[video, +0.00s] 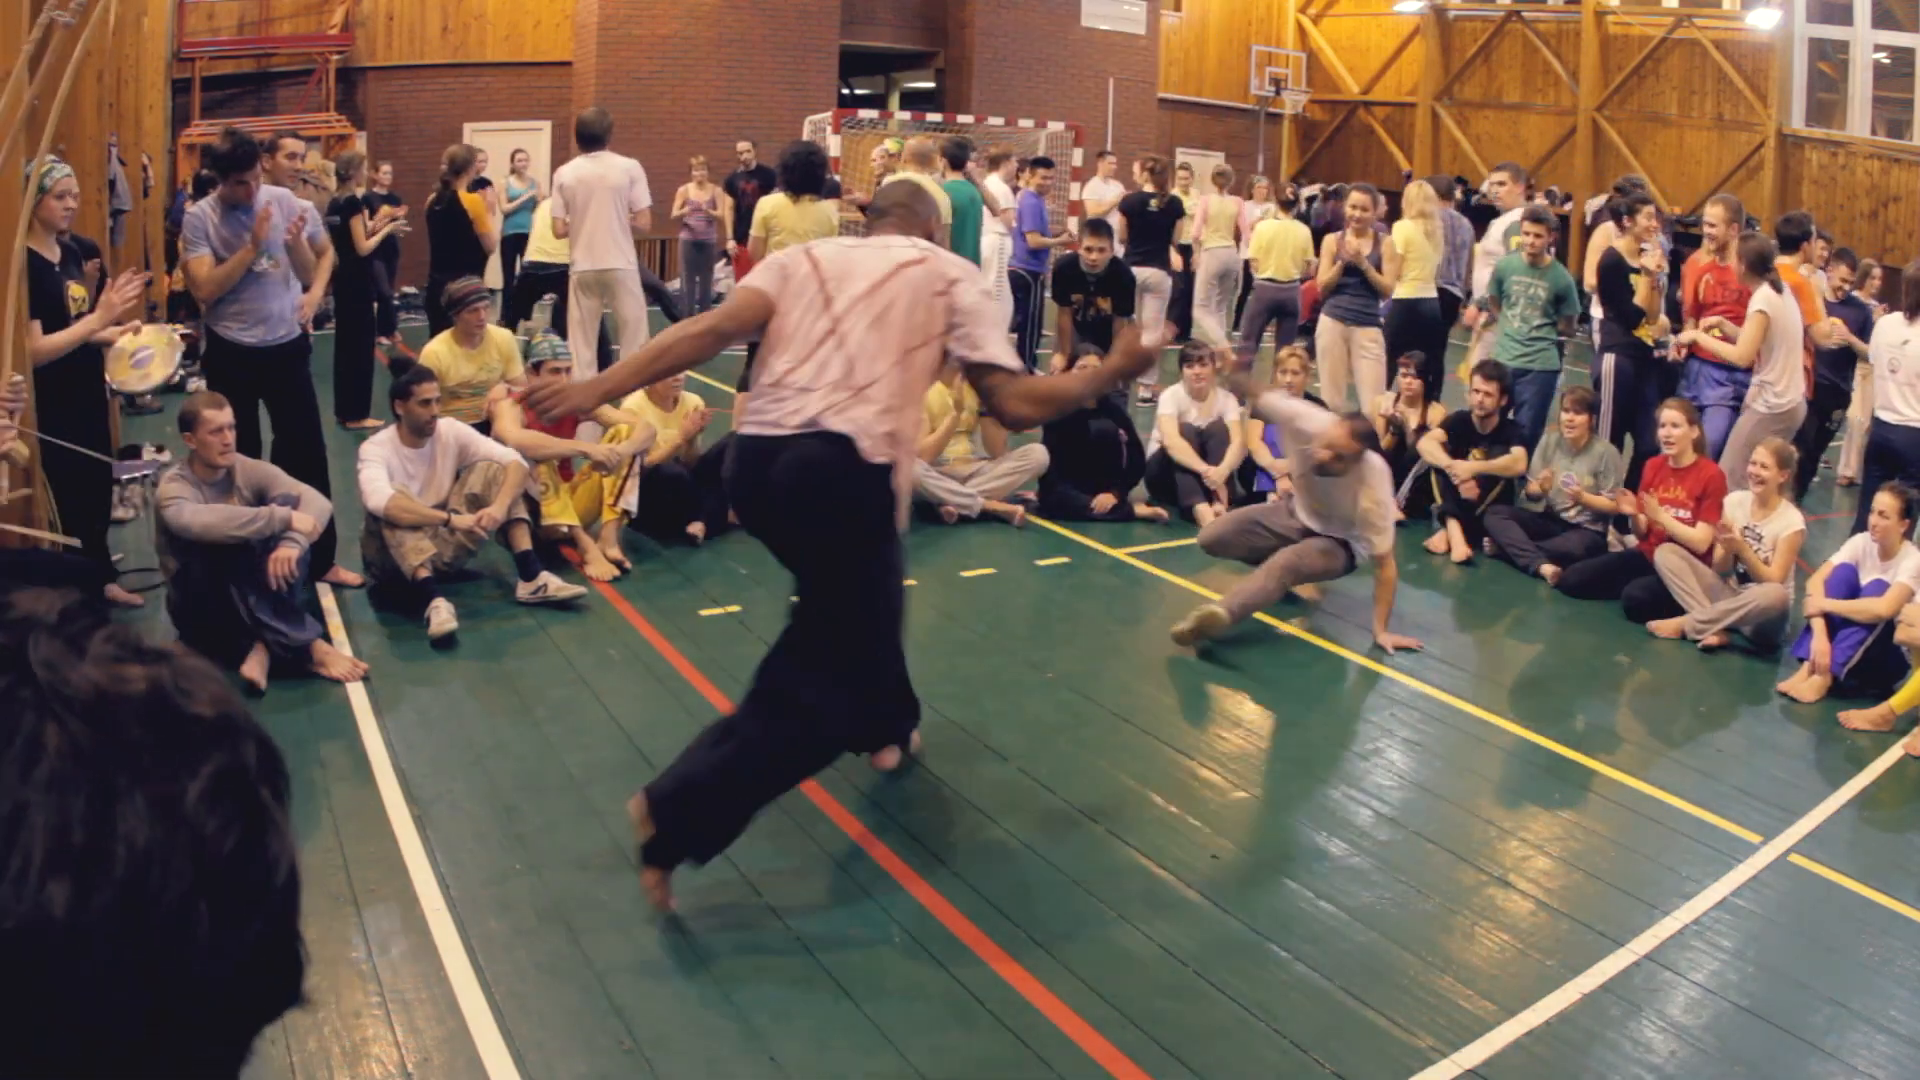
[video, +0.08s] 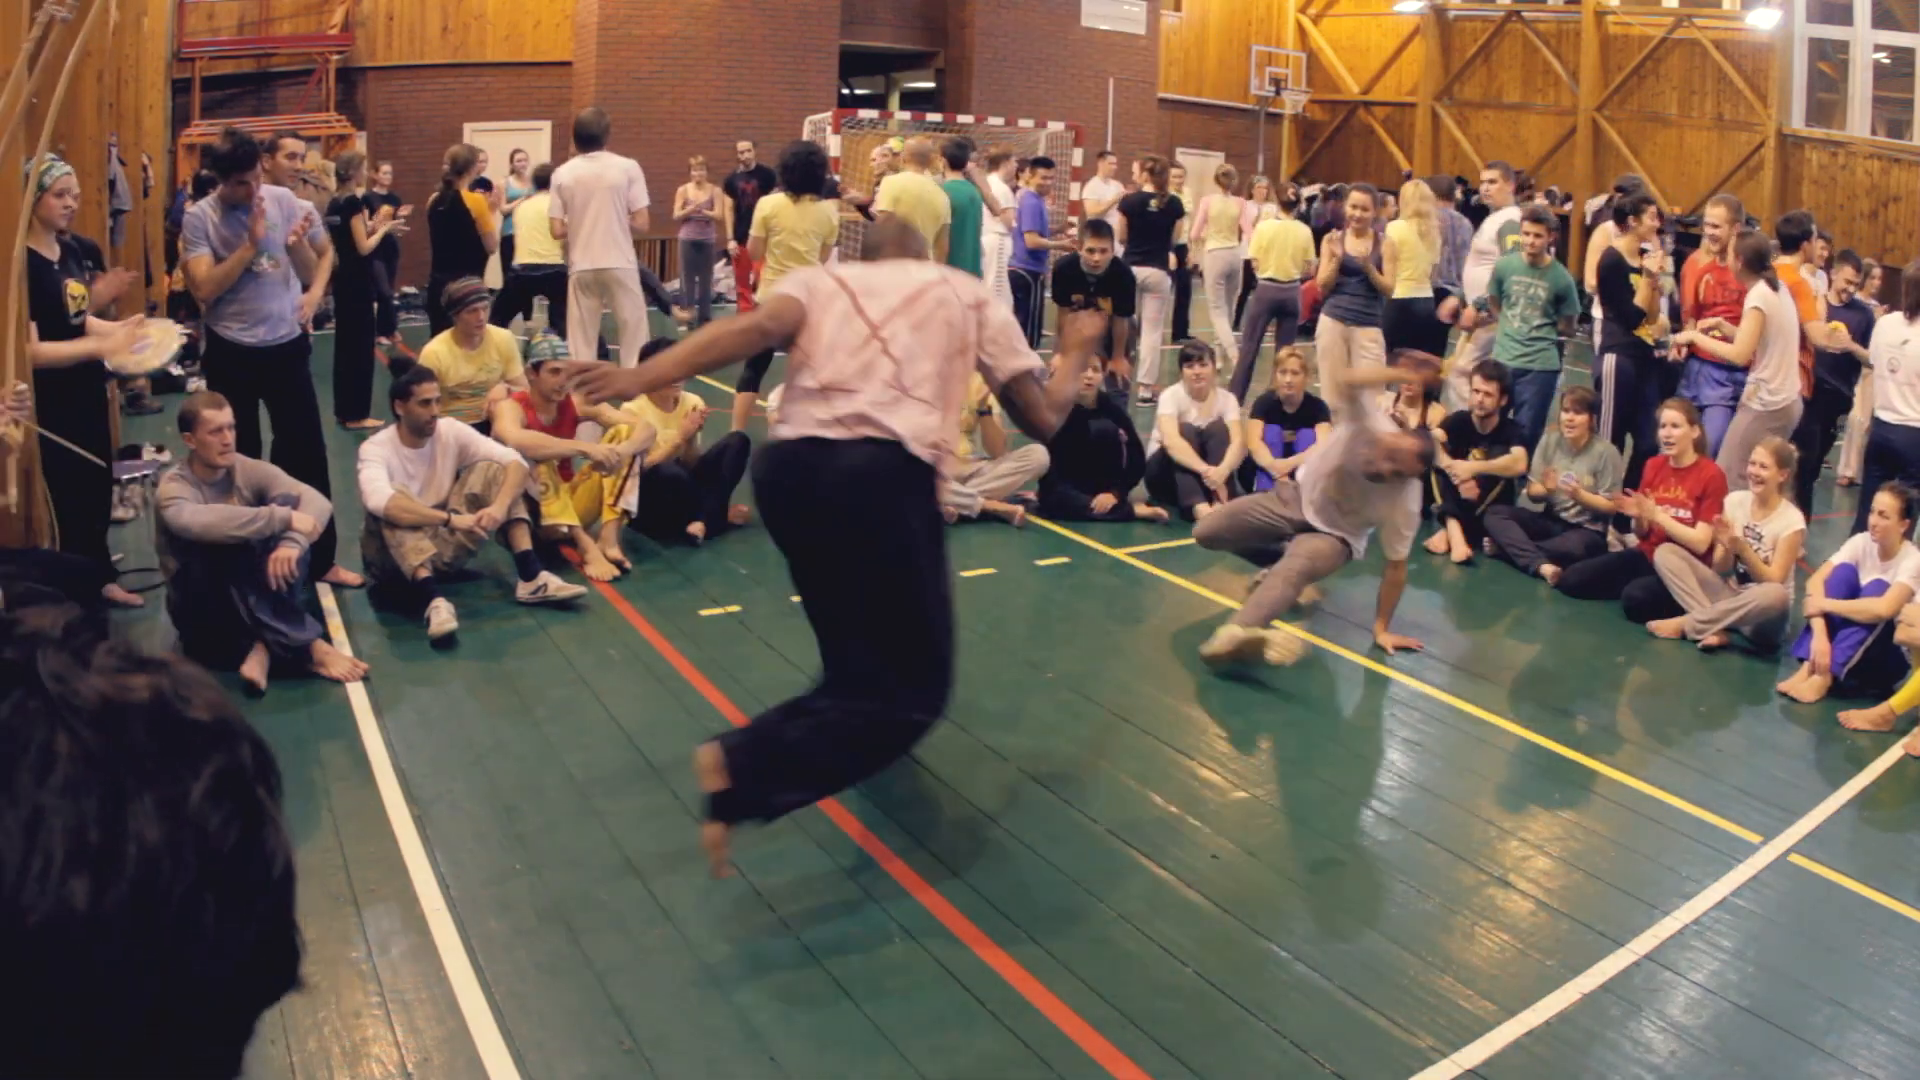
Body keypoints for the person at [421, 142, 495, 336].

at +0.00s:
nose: (478, 168)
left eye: (478, 162)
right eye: (476, 163)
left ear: (448, 166)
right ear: (469, 168)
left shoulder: (432, 201)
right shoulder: (473, 201)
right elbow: (490, 245)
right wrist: (493, 211)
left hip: (437, 282)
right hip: (467, 284)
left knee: (439, 346)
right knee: (465, 346)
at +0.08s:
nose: (480, 167)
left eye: (480, 162)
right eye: (478, 163)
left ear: (450, 166)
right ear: (471, 168)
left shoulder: (433, 201)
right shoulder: (476, 200)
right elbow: (491, 245)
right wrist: (496, 211)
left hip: (438, 283)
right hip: (469, 284)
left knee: (439, 345)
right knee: (467, 344)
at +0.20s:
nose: (481, 167)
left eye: (481, 162)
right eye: (479, 163)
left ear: (451, 166)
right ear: (472, 169)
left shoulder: (436, 201)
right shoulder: (480, 202)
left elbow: (438, 241)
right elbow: (488, 245)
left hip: (441, 279)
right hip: (470, 280)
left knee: (441, 339)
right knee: (469, 338)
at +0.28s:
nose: (484, 167)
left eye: (484, 163)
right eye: (482, 163)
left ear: (454, 165)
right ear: (474, 168)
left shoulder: (437, 200)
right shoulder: (480, 201)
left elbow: (440, 238)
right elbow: (494, 247)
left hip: (442, 278)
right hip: (472, 279)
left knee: (442, 338)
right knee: (471, 338)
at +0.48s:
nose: (485, 168)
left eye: (485, 163)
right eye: (484, 164)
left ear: (456, 165)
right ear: (476, 168)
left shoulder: (439, 199)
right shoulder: (482, 200)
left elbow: (439, 237)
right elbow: (499, 245)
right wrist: (502, 209)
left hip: (444, 276)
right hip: (473, 278)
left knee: (443, 335)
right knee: (472, 335)